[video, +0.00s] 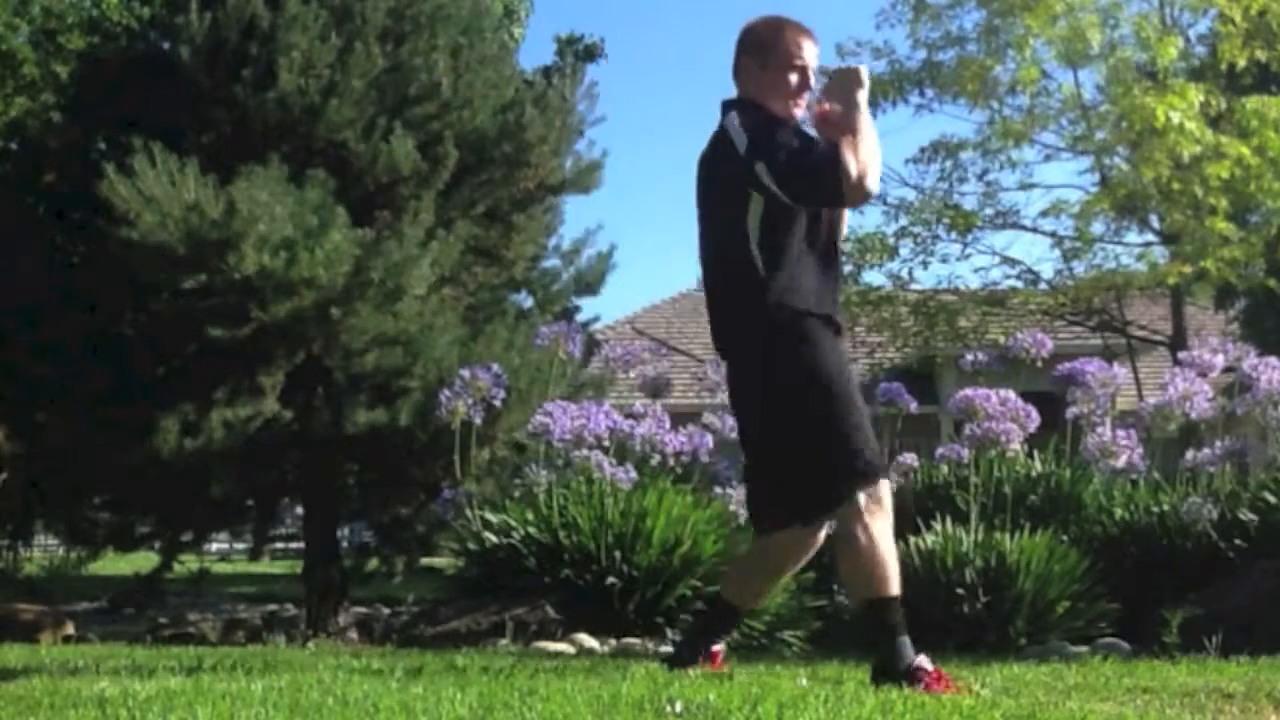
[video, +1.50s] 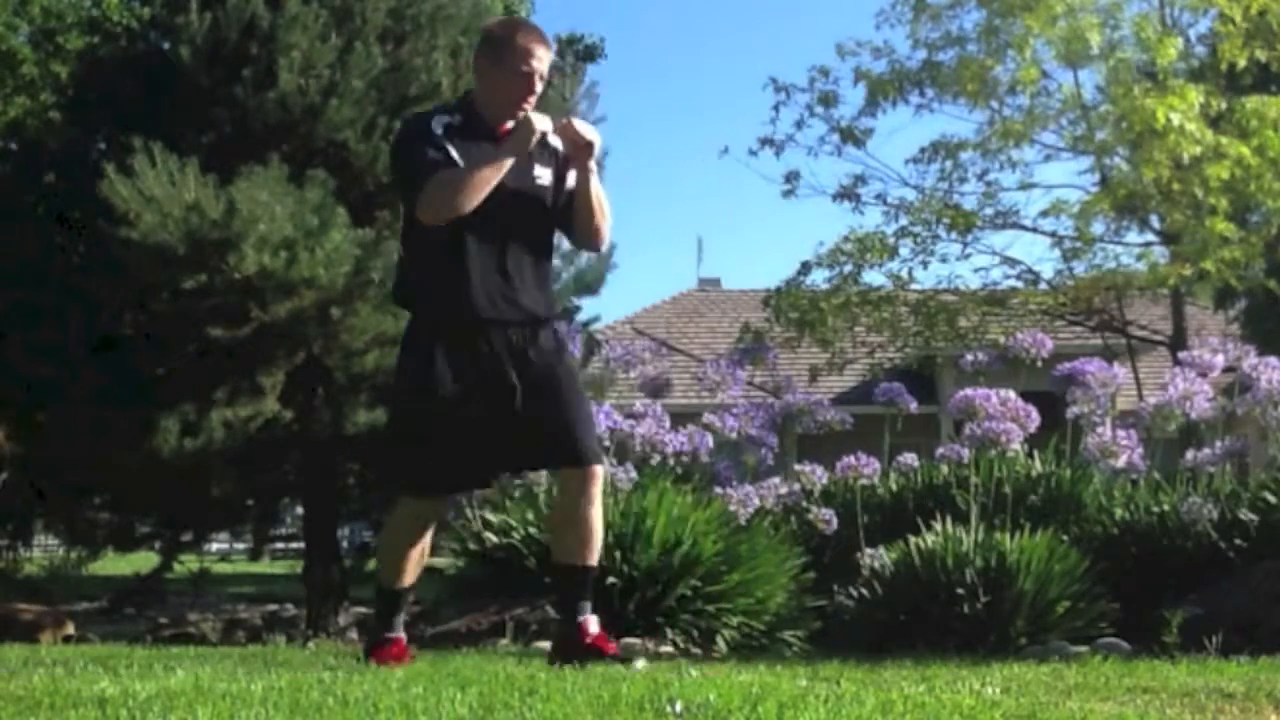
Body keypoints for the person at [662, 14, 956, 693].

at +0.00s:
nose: (807, 83)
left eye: (810, 72)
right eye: (795, 69)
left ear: (807, 76)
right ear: (749, 68)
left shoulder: (746, 139)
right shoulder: (758, 133)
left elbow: (827, 228)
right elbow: (860, 179)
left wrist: (836, 135)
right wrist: (860, 108)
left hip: (772, 344)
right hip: (796, 337)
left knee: (802, 520)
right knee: (868, 493)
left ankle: (698, 645)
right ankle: (899, 662)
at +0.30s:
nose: (841, 62)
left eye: (845, 51)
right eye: (828, 47)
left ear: (843, 56)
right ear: (784, 47)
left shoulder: (778, 117)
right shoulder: (791, 113)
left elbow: (862, 207)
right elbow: (876, 173)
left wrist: (873, 117)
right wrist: (889, 98)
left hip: (790, 326)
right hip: (830, 320)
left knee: (844, 502)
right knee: (902, 483)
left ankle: (723, 623)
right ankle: (901, 662)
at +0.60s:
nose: (796, 94)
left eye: (801, 84)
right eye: (785, 79)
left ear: (791, 93)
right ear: (743, 73)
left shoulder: (757, 152)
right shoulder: (721, 143)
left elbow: (824, 244)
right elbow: (795, 202)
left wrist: (830, 147)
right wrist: (826, 127)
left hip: (779, 352)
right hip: (773, 349)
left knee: (825, 520)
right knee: (861, 493)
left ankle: (708, 637)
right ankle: (899, 660)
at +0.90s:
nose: (704, 69)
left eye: (709, 59)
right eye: (691, 55)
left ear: (712, 69)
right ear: (651, 55)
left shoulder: (709, 143)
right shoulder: (611, 123)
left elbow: (760, 230)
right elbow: (633, 194)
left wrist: (757, 151)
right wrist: (705, 132)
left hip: (712, 329)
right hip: (644, 324)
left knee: (720, 489)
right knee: (709, 457)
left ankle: (690, 628)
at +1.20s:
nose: (588, 100)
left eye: (596, 90)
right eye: (576, 85)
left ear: (602, 98)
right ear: (536, 82)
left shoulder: (605, 173)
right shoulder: (499, 154)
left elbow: (648, 259)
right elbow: (523, 222)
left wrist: (646, 190)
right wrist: (592, 156)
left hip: (605, 363)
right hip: (517, 361)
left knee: (652, 504)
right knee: (473, 507)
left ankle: (678, 644)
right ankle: (409, 622)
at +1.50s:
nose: (532, 87)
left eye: (542, 77)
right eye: (522, 72)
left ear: (548, 83)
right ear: (480, 66)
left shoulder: (551, 149)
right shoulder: (428, 131)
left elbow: (593, 236)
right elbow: (436, 207)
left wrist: (583, 166)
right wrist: (512, 152)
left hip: (536, 337)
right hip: (446, 338)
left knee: (583, 468)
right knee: (422, 495)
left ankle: (578, 628)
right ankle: (387, 631)